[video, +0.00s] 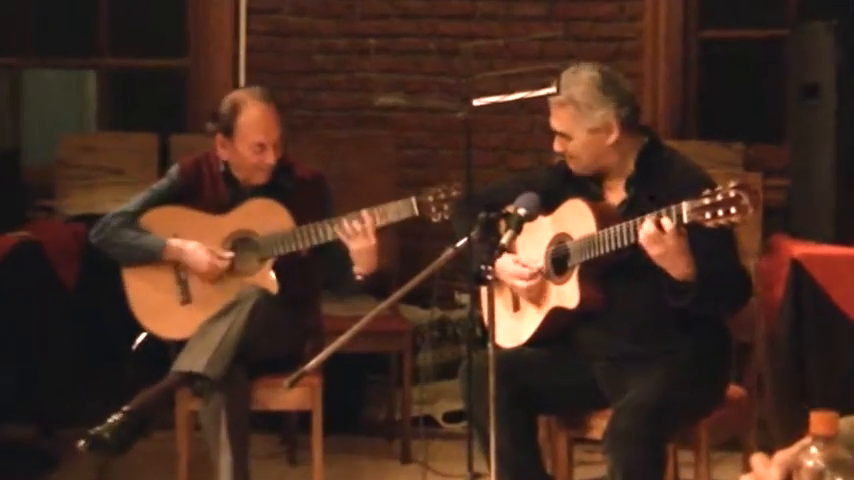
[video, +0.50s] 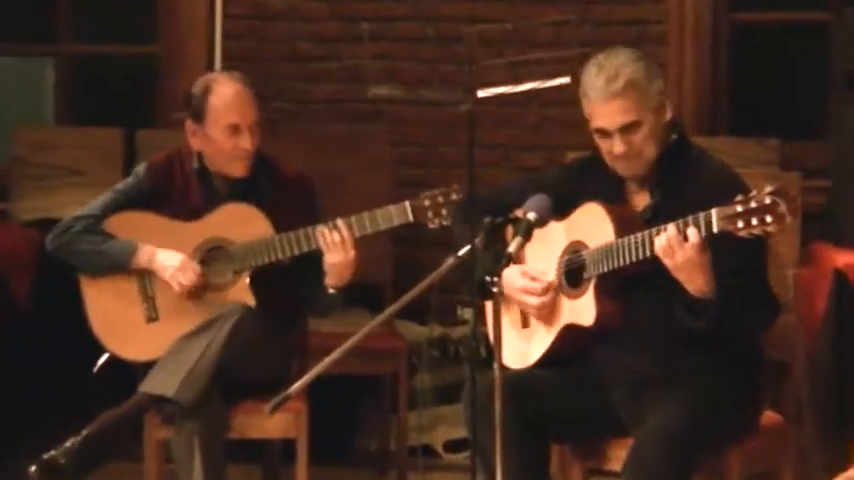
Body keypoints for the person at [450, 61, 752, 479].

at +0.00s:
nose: (557, 147)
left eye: (566, 136)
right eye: (556, 135)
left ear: (609, 131)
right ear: (606, 133)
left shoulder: (684, 186)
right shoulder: (565, 177)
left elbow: (732, 294)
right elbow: (469, 210)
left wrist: (687, 274)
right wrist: (493, 261)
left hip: (675, 357)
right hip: (589, 351)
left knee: (630, 430)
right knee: (488, 373)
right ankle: (525, 473)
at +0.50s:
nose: (618, 147)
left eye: (631, 129)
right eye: (603, 133)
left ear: (664, 113)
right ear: (590, 128)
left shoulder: (715, 187)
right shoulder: (583, 179)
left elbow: (756, 315)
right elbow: (476, 208)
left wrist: (704, 292)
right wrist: (498, 273)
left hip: (700, 378)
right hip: (605, 370)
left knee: (657, 446)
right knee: (500, 393)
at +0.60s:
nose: (627, 149)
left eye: (639, 129)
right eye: (610, 135)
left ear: (671, 114)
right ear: (595, 127)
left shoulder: (722, 187)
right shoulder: (586, 179)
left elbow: (764, 321)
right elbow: (477, 207)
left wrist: (711, 295)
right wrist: (499, 270)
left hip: (708, 380)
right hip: (609, 372)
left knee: (661, 454)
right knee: (501, 399)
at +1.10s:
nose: (642, 159)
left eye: (655, 140)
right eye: (624, 145)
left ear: (686, 116)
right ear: (605, 130)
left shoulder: (740, 195)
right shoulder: (592, 181)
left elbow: (780, 335)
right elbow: (476, 209)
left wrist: (727, 310)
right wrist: (504, 274)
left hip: (718, 395)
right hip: (612, 389)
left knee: (678, 457)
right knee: (499, 410)